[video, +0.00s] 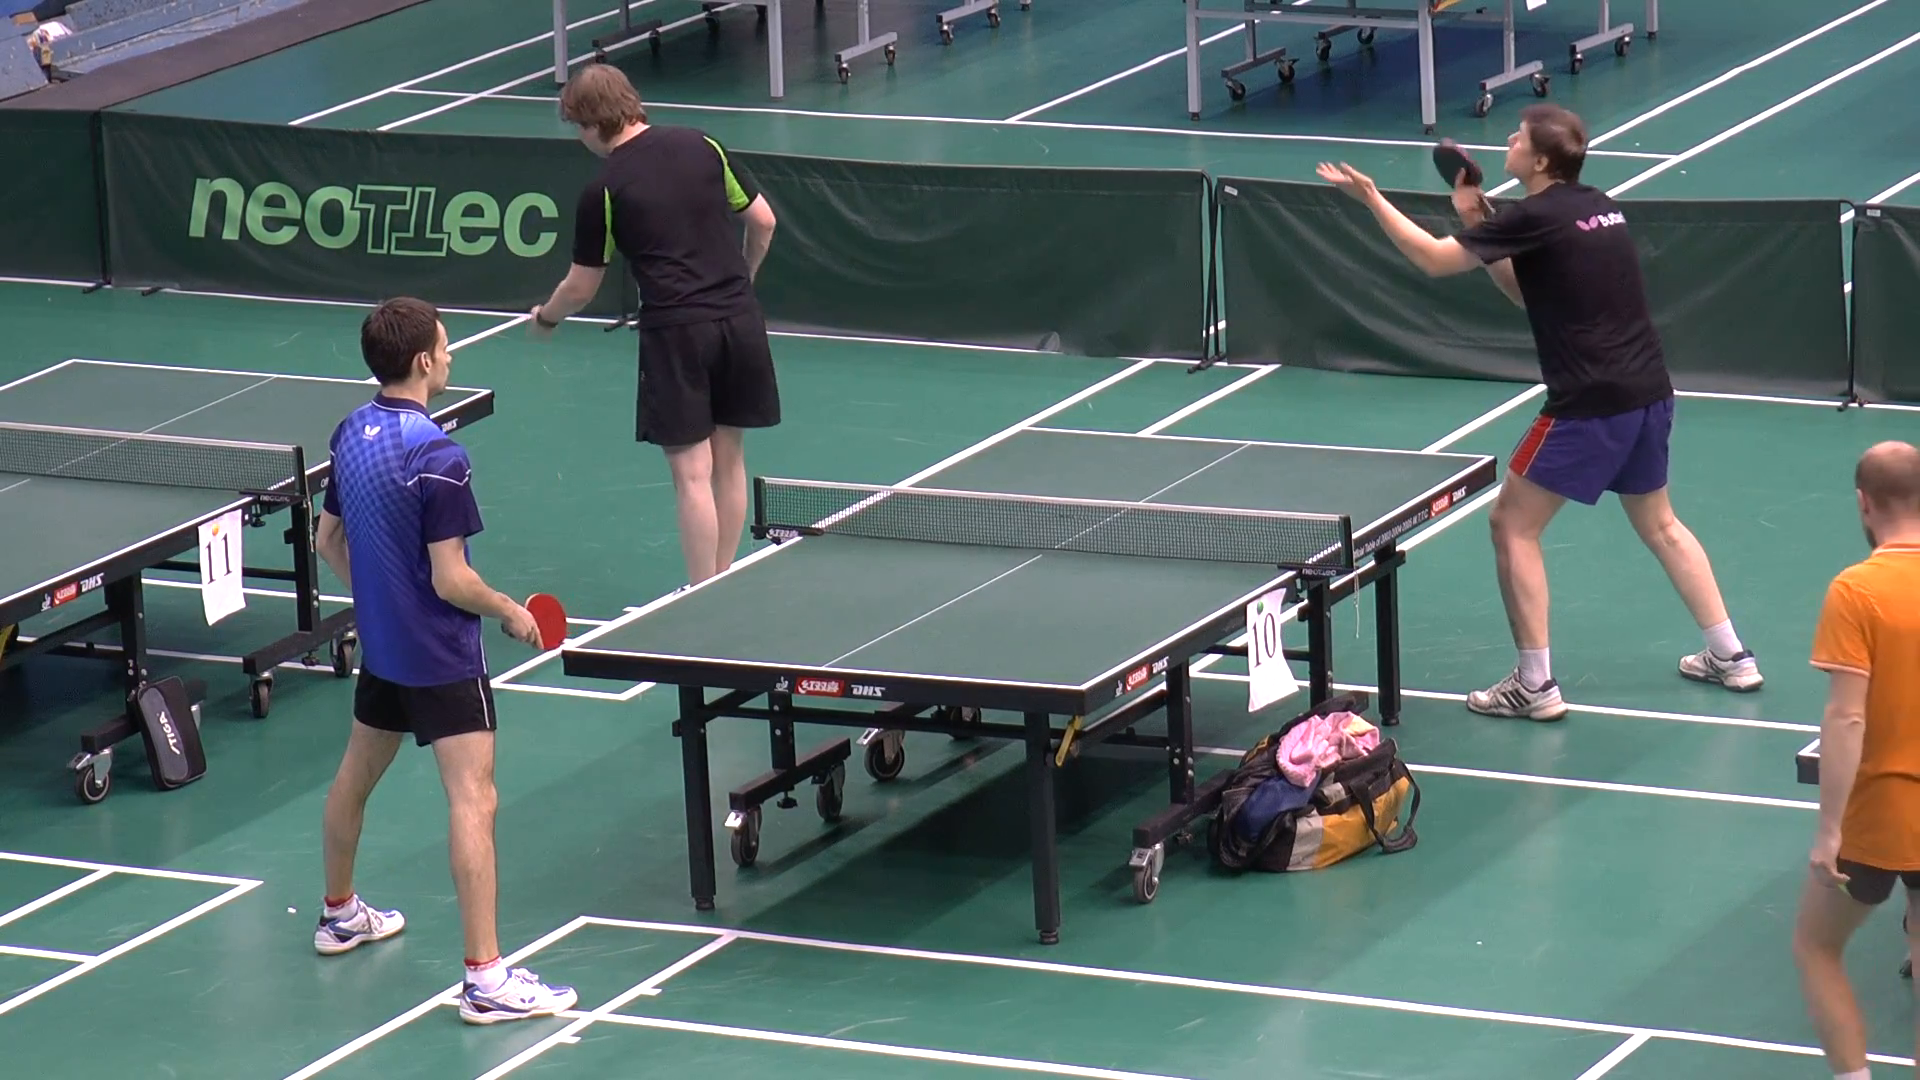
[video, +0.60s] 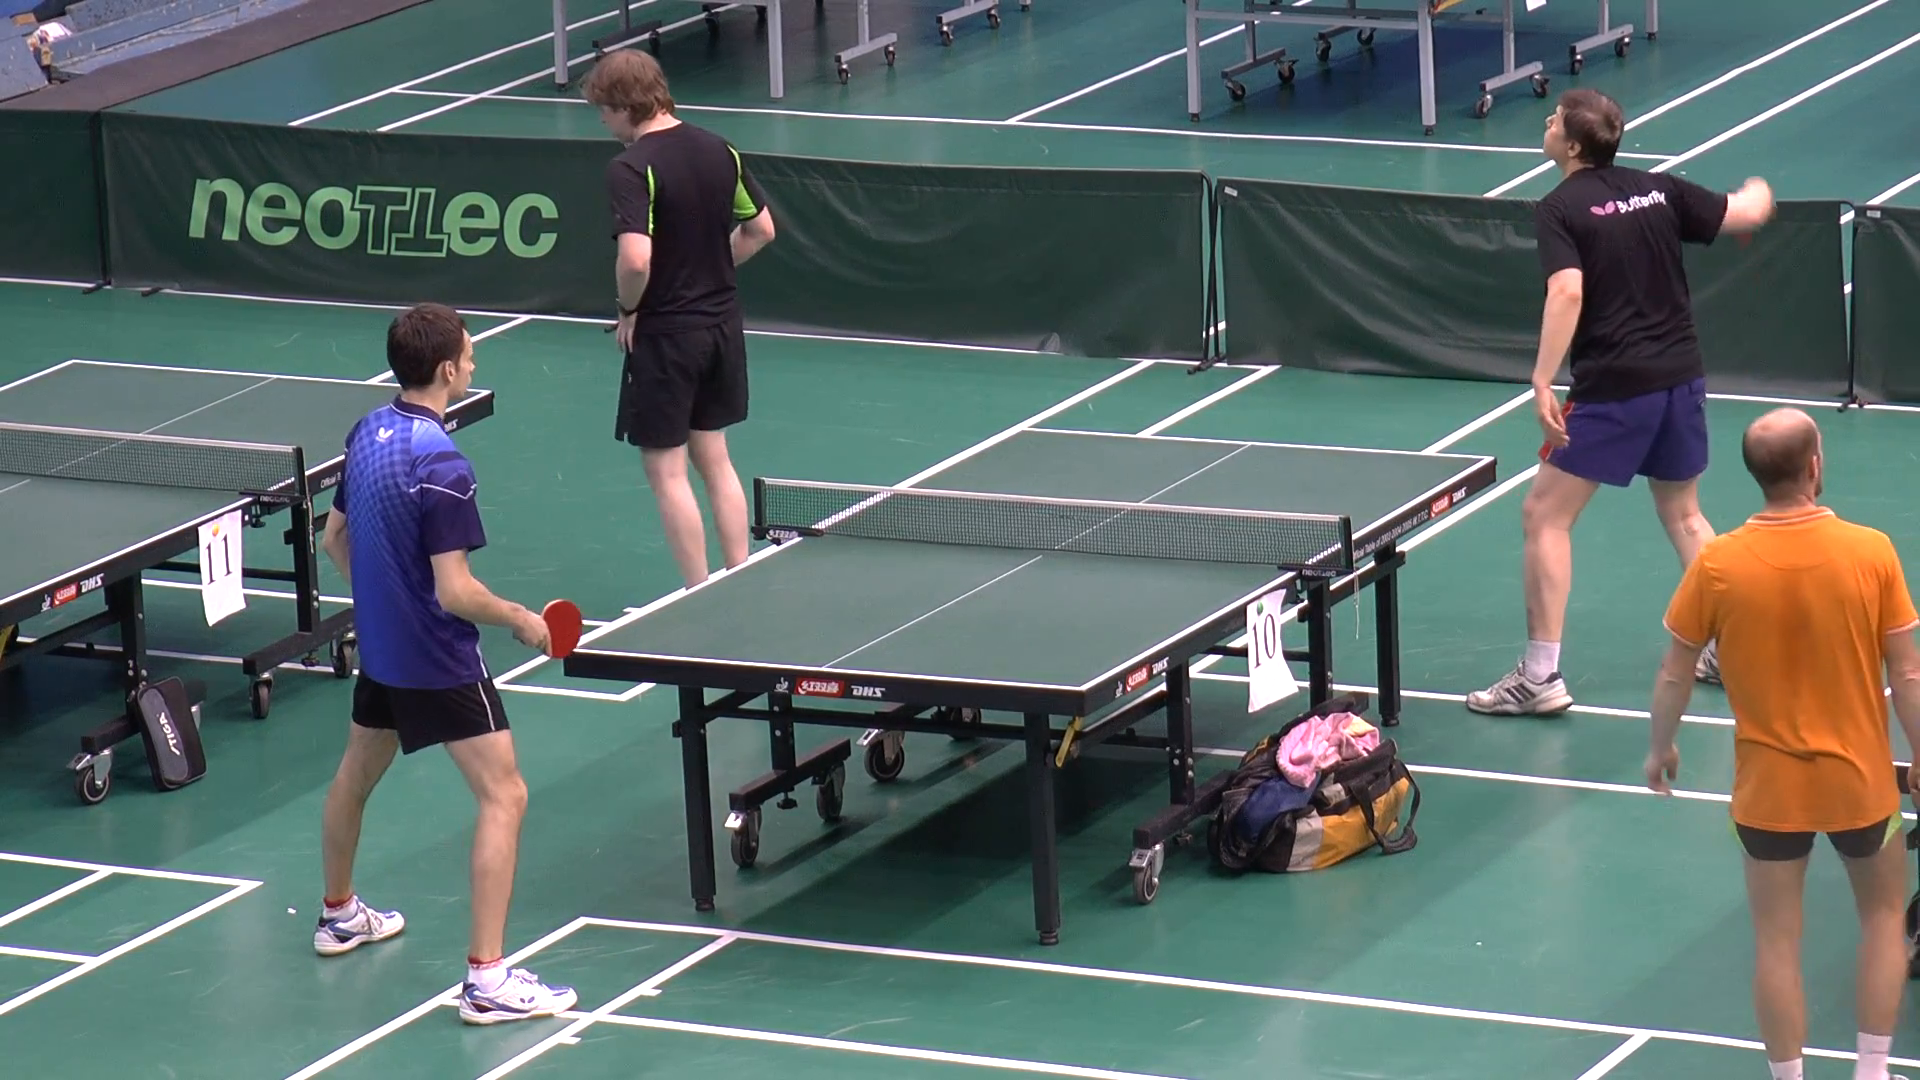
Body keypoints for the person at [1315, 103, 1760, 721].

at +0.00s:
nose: (1509, 143)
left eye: (1518, 137)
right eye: (1515, 135)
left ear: (1538, 156)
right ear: (1565, 160)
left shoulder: (1532, 214)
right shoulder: (1598, 205)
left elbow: (1435, 258)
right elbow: (1529, 292)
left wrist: (1371, 198)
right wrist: (1478, 222)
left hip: (1587, 405)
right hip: (1649, 395)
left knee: (1513, 525)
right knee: (1662, 525)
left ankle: (1534, 683)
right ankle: (1731, 655)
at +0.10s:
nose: (1522, 137)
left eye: (1531, 132)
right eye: (1528, 129)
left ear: (1550, 154)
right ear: (1574, 158)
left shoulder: (1542, 218)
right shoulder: (1608, 205)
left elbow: (1458, 286)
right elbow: (1550, 292)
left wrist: (1391, 236)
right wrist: (1485, 257)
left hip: (1591, 404)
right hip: (1652, 395)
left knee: (1514, 523)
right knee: (1660, 524)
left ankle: (1534, 682)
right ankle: (1730, 655)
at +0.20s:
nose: (1532, 133)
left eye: (1541, 129)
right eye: (1538, 125)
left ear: (1558, 152)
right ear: (1587, 156)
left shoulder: (1548, 218)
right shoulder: (1621, 207)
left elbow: (1494, 305)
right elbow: (1624, 307)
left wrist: (1420, 288)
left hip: (1591, 403)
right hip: (1654, 394)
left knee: (1516, 523)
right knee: (1661, 523)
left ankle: (1534, 681)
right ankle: (1730, 654)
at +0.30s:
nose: (1539, 130)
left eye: (1547, 126)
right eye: (1545, 122)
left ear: (1564, 148)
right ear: (1595, 153)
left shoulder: (1552, 214)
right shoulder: (1634, 205)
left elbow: (1525, 305)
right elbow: (1687, 298)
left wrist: (1452, 339)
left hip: (1594, 399)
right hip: (1658, 394)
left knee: (1522, 521)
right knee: (1663, 520)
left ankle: (1534, 682)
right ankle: (1727, 651)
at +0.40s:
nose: (1545, 129)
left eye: (1552, 124)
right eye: (1551, 121)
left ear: (1569, 144)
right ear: (1603, 150)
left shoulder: (1554, 210)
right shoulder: (1647, 202)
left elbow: (1548, 297)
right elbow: (1722, 277)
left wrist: (1496, 373)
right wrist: (1741, 335)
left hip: (1598, 397)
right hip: (1666, 392)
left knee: (1529, 520)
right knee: (1670, 519)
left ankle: (1534, 680)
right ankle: (1728, 645)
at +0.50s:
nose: (1550, 125)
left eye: (1558, 119)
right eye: (1555, 116)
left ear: (1573, 141)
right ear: (1609, 144)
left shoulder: (1556, 209)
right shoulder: (1657, 196)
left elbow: (1560, 293)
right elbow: (1735, 244)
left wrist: (1527, 381)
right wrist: (1776, 261)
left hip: (1605, 395)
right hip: (1673, 388)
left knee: (1539, 521)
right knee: (1675, 516)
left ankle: (1535, 678)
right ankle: (1731, 644)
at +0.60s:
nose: (1547, 125)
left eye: (1555, 119)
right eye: (1553, 116)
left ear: (1570, 140)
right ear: (1606, 143)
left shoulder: (1558, 207)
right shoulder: (1658, 188)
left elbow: (1567, 290)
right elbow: (1742, 216)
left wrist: (1542, 381)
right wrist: (1757, 195)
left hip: (1615, 392)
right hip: (1683, 384)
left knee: (1544, 516)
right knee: (1685, 514)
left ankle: (1540, 673)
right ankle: (1722, 644)